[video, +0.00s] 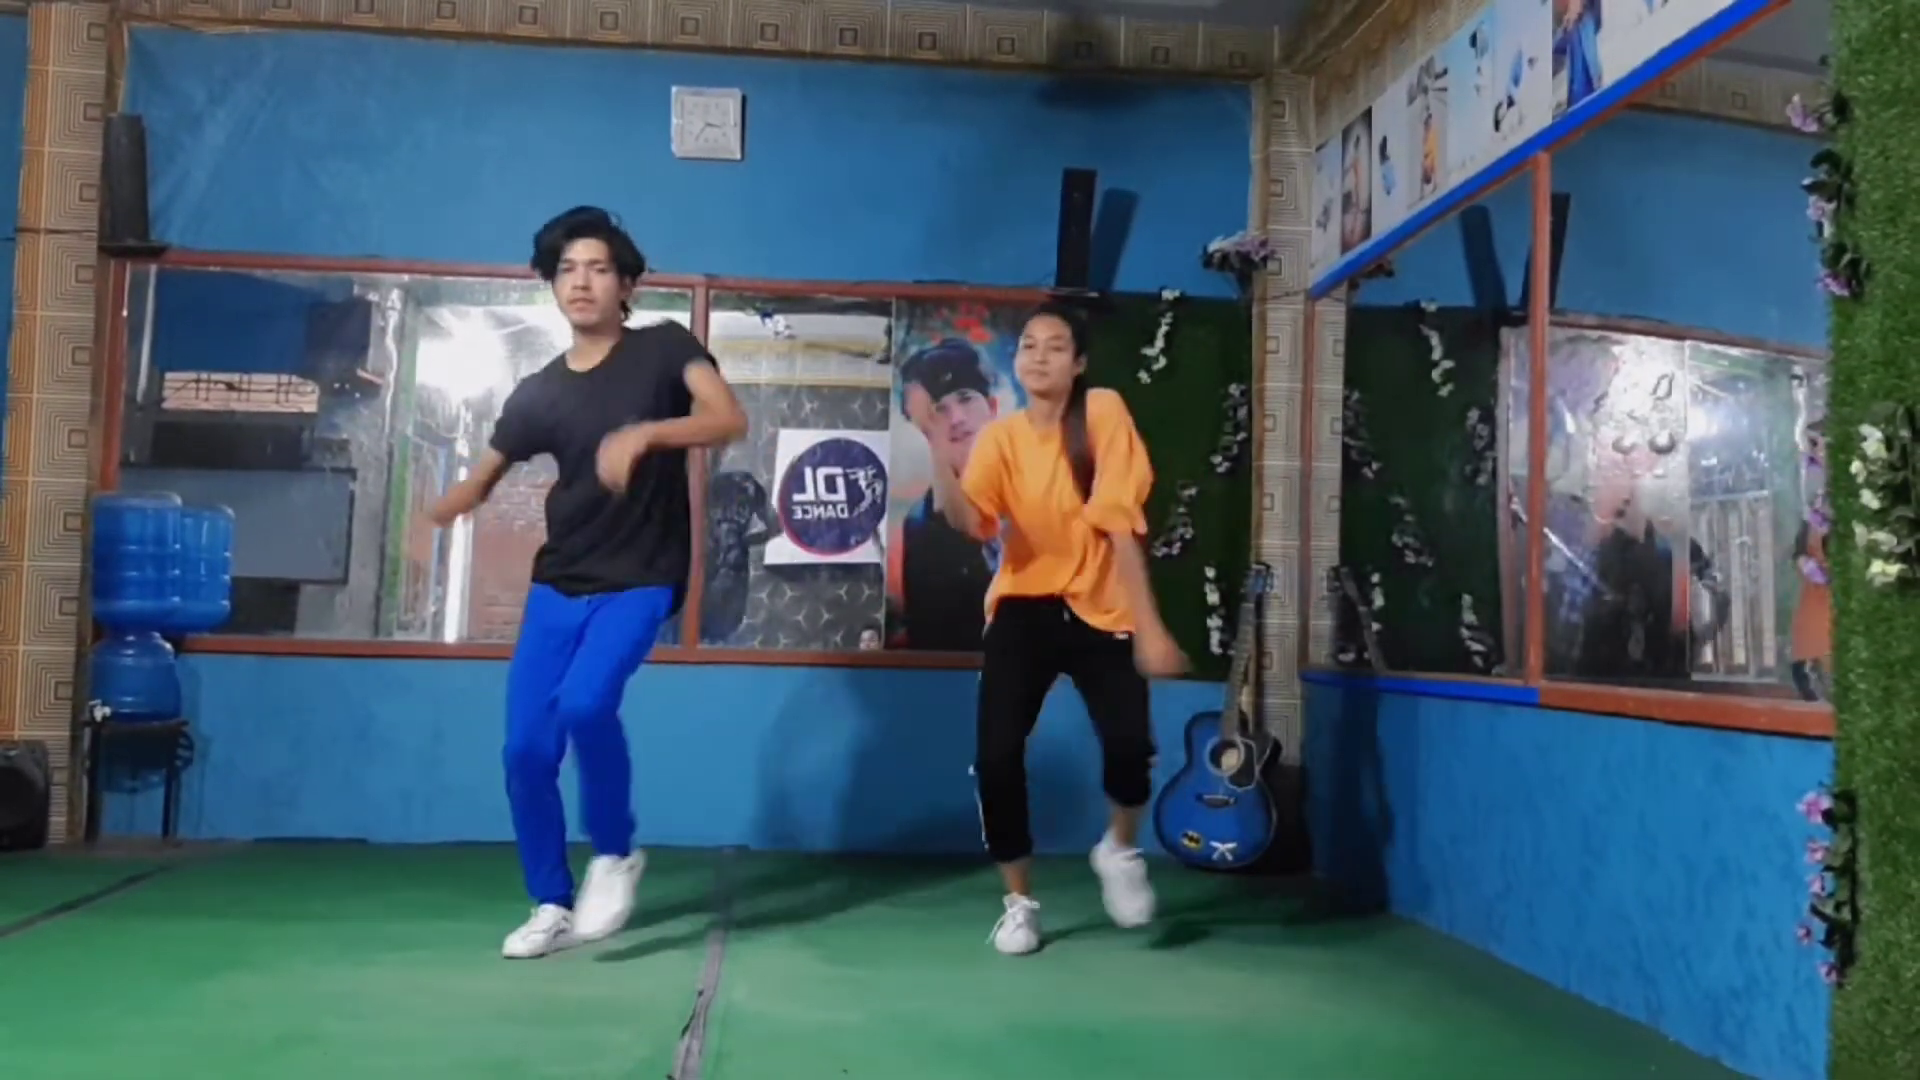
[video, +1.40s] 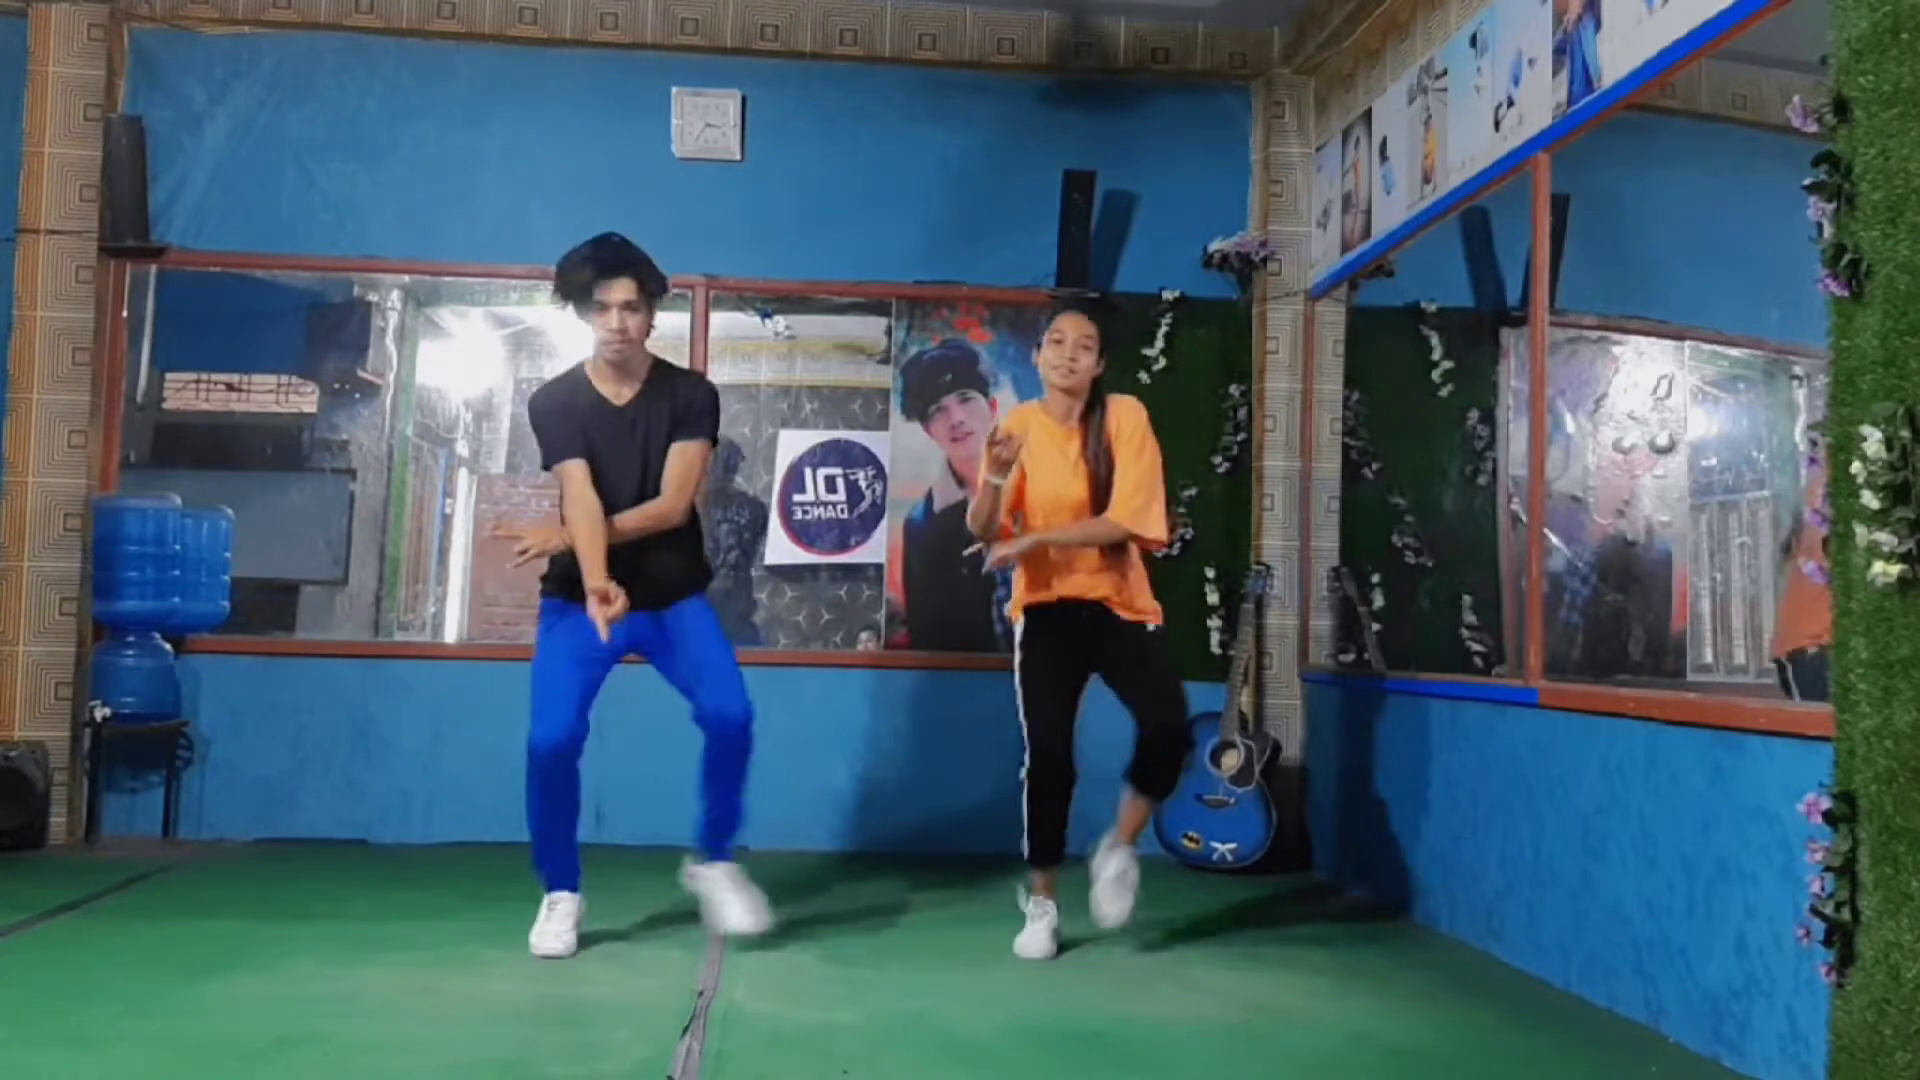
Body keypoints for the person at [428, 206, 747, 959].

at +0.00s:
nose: (582, 282)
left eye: (598, 269)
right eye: (569, 271)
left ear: (626, 284)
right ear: (553, 287)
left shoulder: (665, 346)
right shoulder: (540, 392)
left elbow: (729, 420)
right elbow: (484, 475)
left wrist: (643, 434)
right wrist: (446, 509)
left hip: (642, 578)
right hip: (559, 582)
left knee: (584, 704)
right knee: (523, 745)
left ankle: (615, 855)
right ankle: (552, 904)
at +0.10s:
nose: (569, 281)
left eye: (586, 269)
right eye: (557, 269)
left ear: (612, 284)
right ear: (540, 285)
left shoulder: (639, 340)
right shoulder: (535, 390)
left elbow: (703, 425)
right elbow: (487, 481)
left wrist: (687, 530)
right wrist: (391, 436)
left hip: (644, 584)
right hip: (569, 594)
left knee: (631, 734)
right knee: (529, 751)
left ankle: (716, 859)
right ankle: (555, 910)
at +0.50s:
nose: (622, 299)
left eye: (634, 285)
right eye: (607, 288)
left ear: (657, 300)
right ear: (588, 303)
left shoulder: (687, 396)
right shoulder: (554, 375)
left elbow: (707, 502)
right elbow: (496, 463)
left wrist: (729, 442)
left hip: (638, 612)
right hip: (542, 603)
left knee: (658, 757)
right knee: (475, 731)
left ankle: (622, 899)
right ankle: (515, 885)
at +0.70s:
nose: (644, 324)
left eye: (656, 308)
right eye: (628, 310)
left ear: (677, 317)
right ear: (607, 320)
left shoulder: (704, 413)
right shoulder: (583, 381)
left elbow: (658, 498)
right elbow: (585, 478)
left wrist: (661, 410)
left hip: (638, 632)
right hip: (544, 614)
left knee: (652, 768)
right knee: (473, 752)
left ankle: (616, 908)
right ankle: (370, 873)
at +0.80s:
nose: (637, 338)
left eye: (651, 323)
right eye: (624, 325)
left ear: (676, 329)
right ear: (607, 333)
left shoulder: (701, 416)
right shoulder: (585, 388)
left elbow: (663, 495)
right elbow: (609, 480)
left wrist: (662, 415)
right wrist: (628, 579)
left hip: (635, 625)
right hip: (543, 610)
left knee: (656, 765)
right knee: (497, 750)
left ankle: (615, 906)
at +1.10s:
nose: (643, 315)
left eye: (657, 300)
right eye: (628, 302)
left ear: (677, 313)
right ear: (604, 313)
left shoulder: (706, 399)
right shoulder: (570, 394)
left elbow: (710, 488)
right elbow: (561, 501)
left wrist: (624, 515)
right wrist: (602, 470)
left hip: (658, 606)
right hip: (571, 589)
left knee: (661, 764)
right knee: (549, 707)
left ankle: (619, 905)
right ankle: (541, 876)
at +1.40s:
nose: (619, 323)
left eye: (633, 309)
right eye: (605, 309)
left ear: (653, 314)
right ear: (583, 315)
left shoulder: (691, 395)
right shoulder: (556, 403)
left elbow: (675, 506)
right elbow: (580, 504)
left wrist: (570, 533)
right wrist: (597, 584)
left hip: (673, 599)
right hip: (578, 601)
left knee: (730, 714)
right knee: (551, 739)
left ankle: (714, 863)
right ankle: (560, 892)